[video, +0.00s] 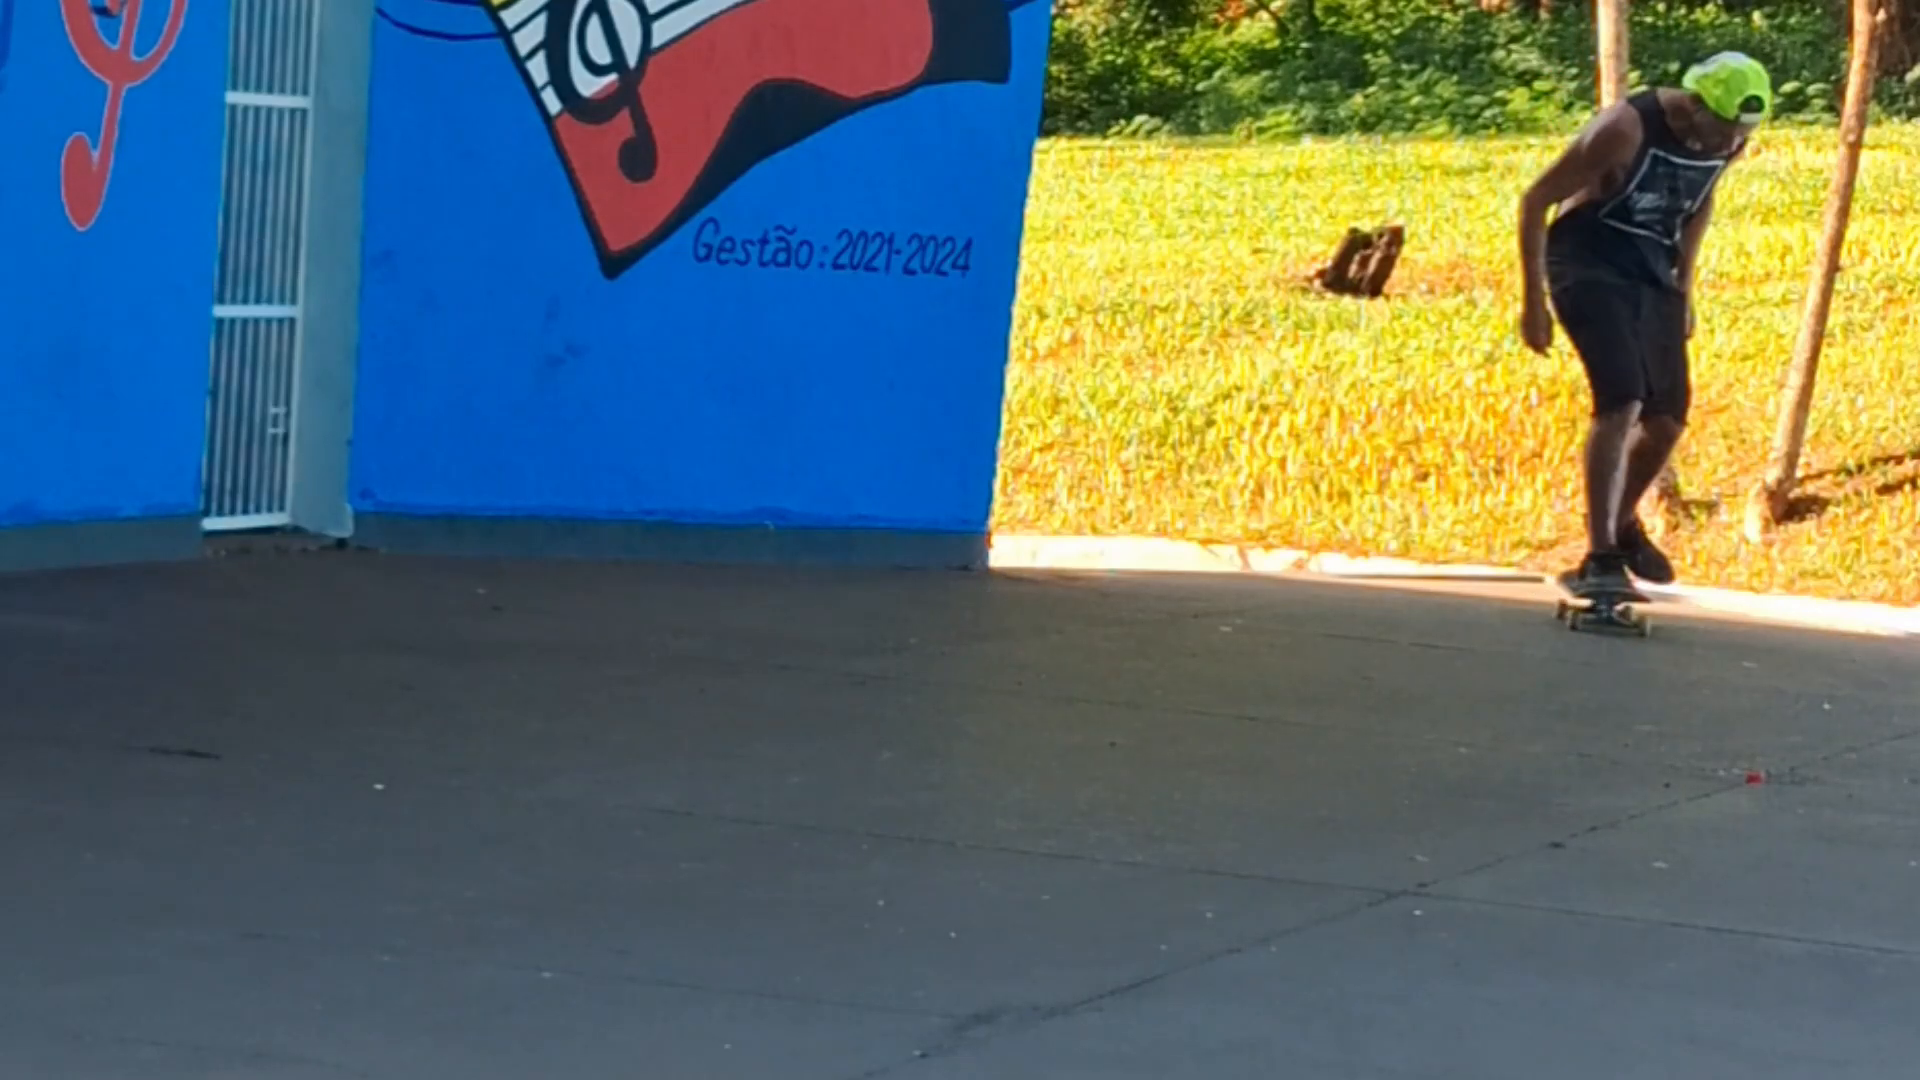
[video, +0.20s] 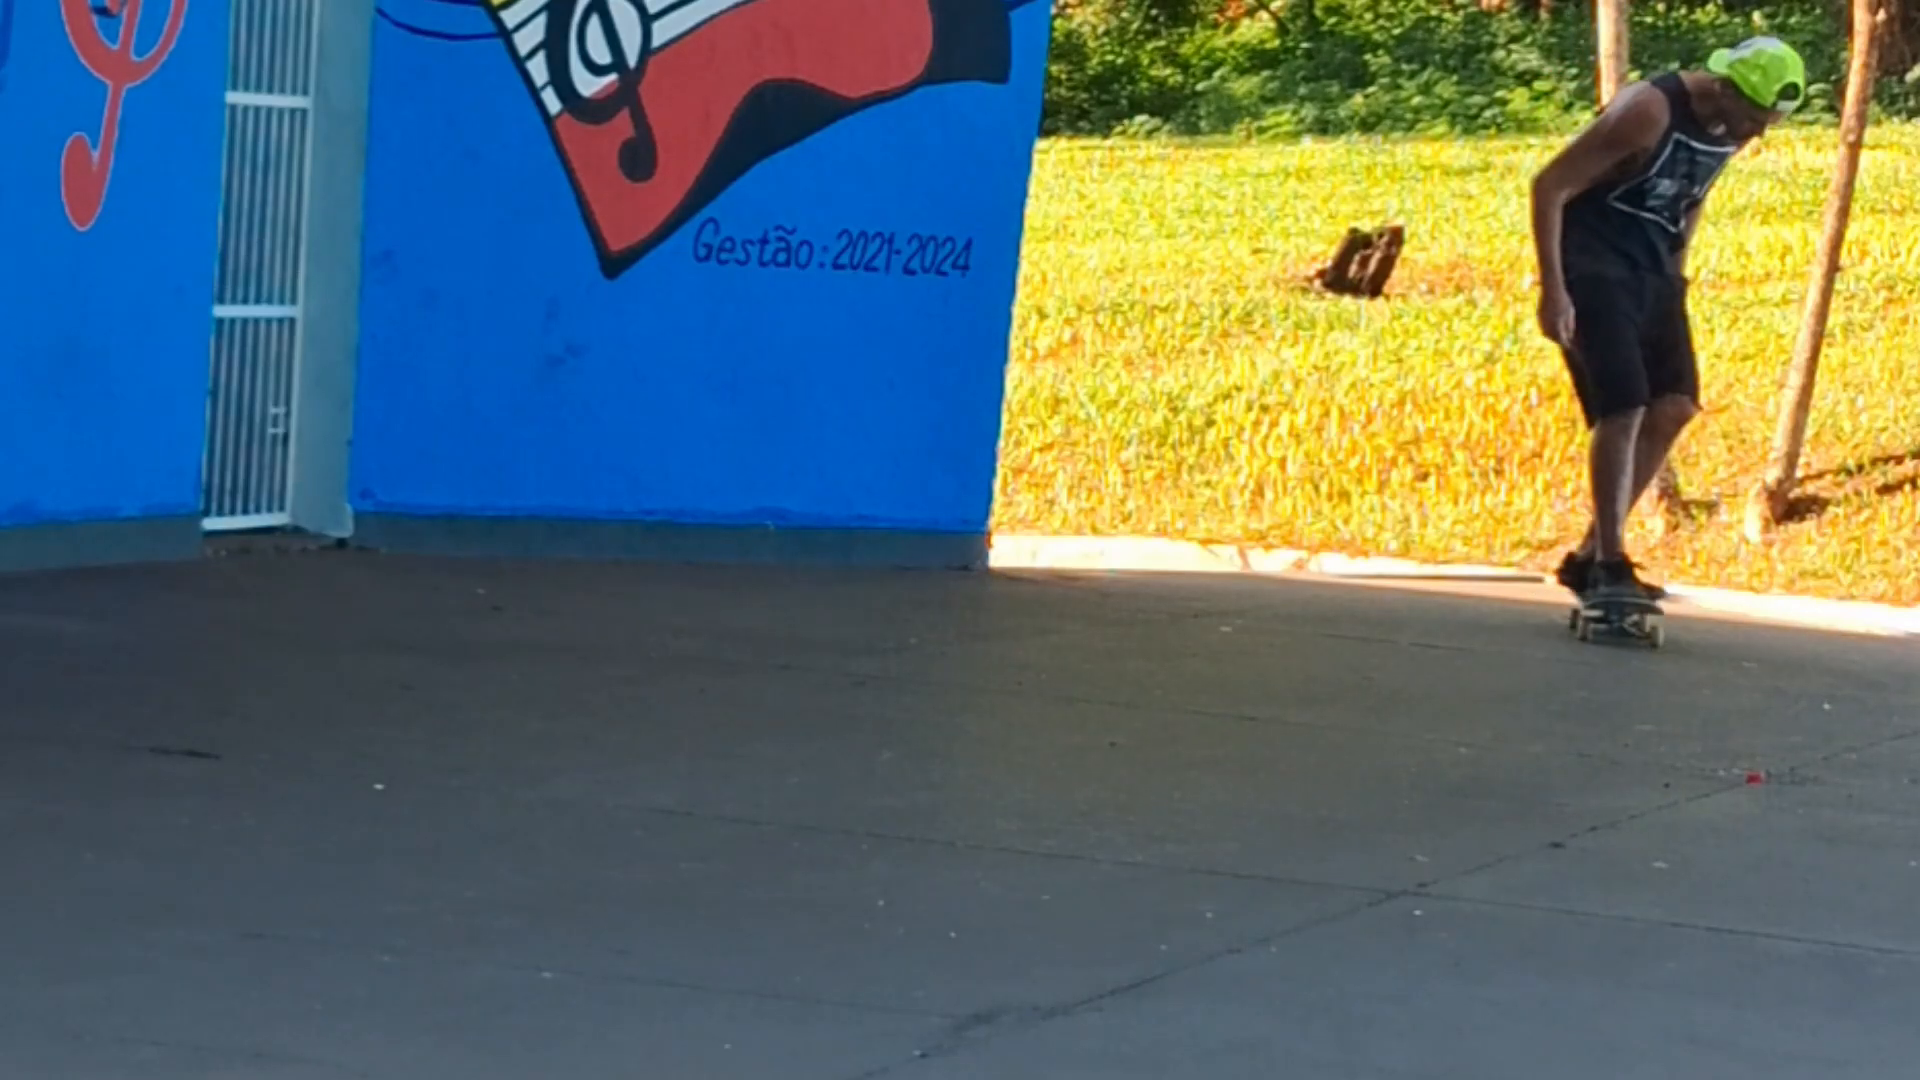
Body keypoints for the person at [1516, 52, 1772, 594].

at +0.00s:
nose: (1735, 145)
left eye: (1743, 135)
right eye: (1728, 132)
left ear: (1749, 123)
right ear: (1698, 108)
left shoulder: (1727, 139)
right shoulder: (1623, 129)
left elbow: (1697, 212)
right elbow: (1534, 200)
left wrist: (1682, 292)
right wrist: (1534, 301)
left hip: (1656, 279)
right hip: (1591, 269)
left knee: (1666, 417)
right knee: (1621, 400)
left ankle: (1620, 521)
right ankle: (1601, 557)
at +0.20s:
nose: (1758, 132)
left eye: (1767, 123)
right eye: (1758, 118)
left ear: (1761, 107)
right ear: (1731, 91)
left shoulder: (1736, 126)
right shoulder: (1645, 111)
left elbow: (1690, 201)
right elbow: (1548, 187)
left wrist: (1674, 272)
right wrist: (1553, 288)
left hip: (1655, 274)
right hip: (1594, 265)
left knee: (1674, 404)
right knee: (1621, 405)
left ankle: (1590, 551)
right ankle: (1609, 566)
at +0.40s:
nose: (1792, 117)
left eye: (1800, 108)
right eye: (1790, 103)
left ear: (1767, 84)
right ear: (1758, 77)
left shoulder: (1748, 120)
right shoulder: (1670, 94)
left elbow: (1687, 182)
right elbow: (1561, 162)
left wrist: (1676, 241)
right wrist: (1575, 267)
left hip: (1654, 263)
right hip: (1598, 250)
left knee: (1675, 406)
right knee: (1636, 399)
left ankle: (1612, 562)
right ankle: (1604, 564)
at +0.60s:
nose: (1812, 124)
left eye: (1822, 117)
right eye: (1813, 110)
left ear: (1792, 86)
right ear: (1784, 77)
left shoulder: (1748, 122)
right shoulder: (1696, 92)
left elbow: (1658, 181)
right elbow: (1579, 151)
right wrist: (1579, 261)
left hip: (1647, 267)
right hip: (1598, 259)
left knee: (1675, 410)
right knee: (1632, 410)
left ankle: (1620, 572)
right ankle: (1600, 579)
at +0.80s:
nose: (1826, 139)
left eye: (1837, 133)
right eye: (1831, 124)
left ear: (1811, 96)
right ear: (1808, 89)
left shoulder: (1754, 128)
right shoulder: (1715, 97)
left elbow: (1657, 187)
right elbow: (1601, 159)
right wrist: (1591, 272)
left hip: (1641, 272)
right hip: (1595, 264)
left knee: (1671, 421)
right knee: (1631, 424)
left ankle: (1623, 587)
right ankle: (1600, 597)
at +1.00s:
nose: (1835, 151)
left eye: (1848, 145)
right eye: (1845, 137)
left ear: (1824, 98)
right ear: (1828, 98)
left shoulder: (1751, 123)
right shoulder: (1730, 100)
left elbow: (1649, 194)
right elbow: (1617, 163)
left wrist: (1643, 286)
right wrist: (1613, 281)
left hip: (1636, 270)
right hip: (1589, 262)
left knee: (1675, 420)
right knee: (1635, 426)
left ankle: (1626, 594)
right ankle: (1595, 602)